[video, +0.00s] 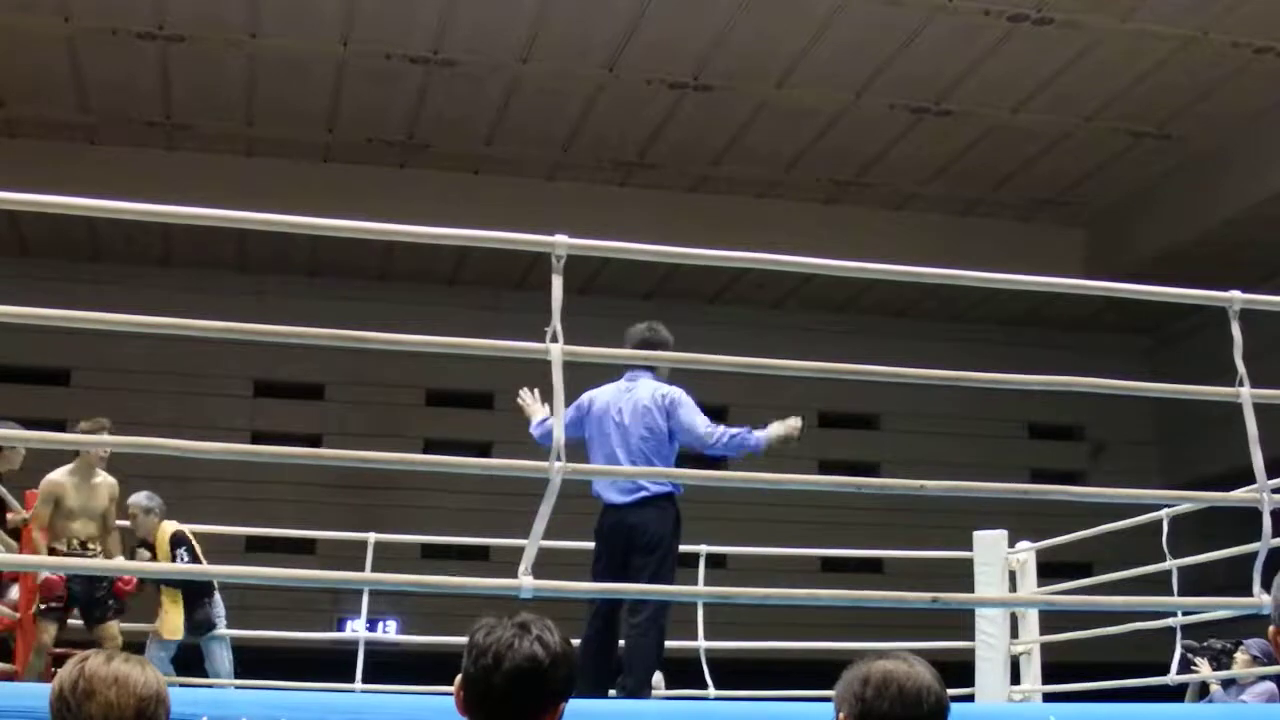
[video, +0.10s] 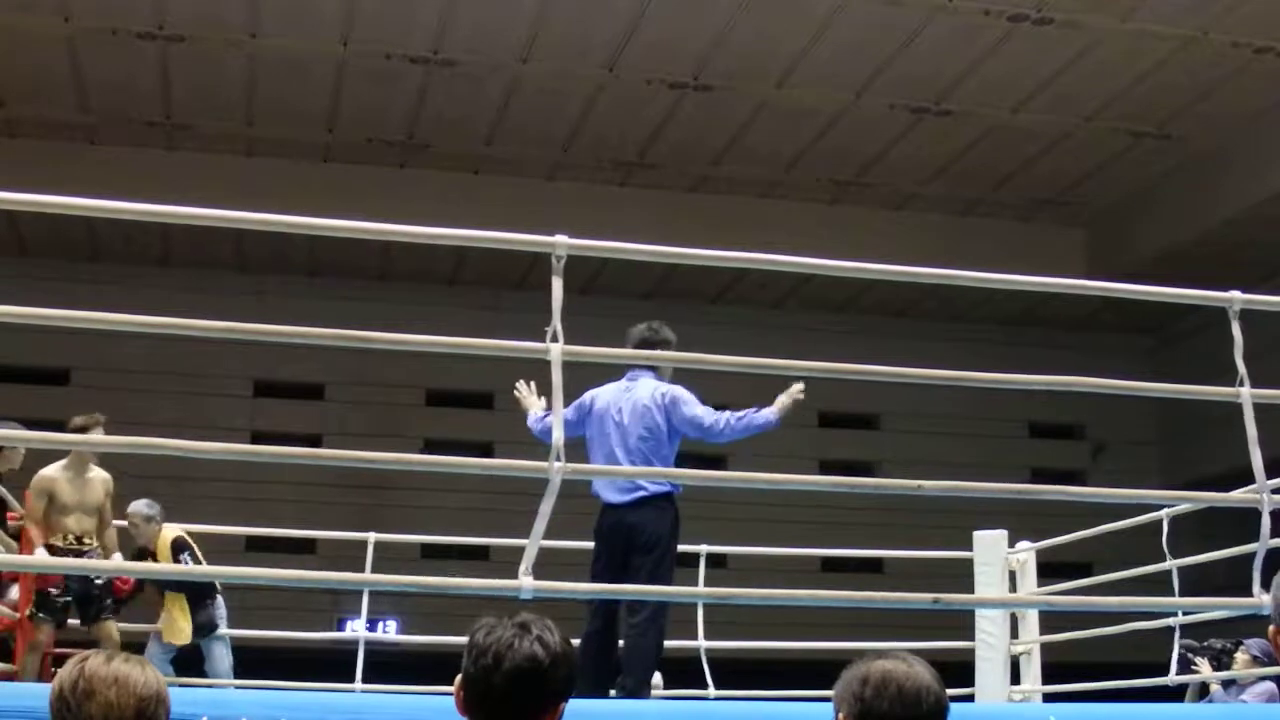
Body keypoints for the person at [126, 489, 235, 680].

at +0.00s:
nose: (131, 523)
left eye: (134, 517)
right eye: (130, 518)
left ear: (154, 516)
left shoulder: (177, 536)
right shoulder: (145, 544)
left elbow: (186, 579)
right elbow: (144, 582)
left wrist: (150, 567)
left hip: (203, 603)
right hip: (172, 605)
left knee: (218, 665)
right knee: (156, 657)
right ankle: (174, 706)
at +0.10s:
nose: (130, 531)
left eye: (135, 526)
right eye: (129, 526)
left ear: (155, 524)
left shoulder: (176, 541)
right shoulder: (144, 549)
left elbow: (201, 587)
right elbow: (136, 581)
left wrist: (156, 577)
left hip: (205, 604)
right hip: (175, 605)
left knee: (219, 667)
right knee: (155, 658)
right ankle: (175, 705)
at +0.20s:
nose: (131, 542)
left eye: (135, 537)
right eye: (129, 537)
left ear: (155, 533)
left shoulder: (178, 549)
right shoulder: (144, 556)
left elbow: (200, 590)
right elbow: (134, 593)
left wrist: (159, 585)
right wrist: (109, 609)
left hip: (208, 608)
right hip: (177, 610)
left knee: (218, 669)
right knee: (154, 658)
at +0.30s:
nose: (129, 552)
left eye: (134, 547)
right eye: (128, 547)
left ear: (153, 542)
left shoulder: (178, 555)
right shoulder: (144, 561)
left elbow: (205, 594)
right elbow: (133, 595)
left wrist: (164, 591)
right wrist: (106, 612)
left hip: (209, 609)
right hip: (179, 611)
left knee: (216, 670)